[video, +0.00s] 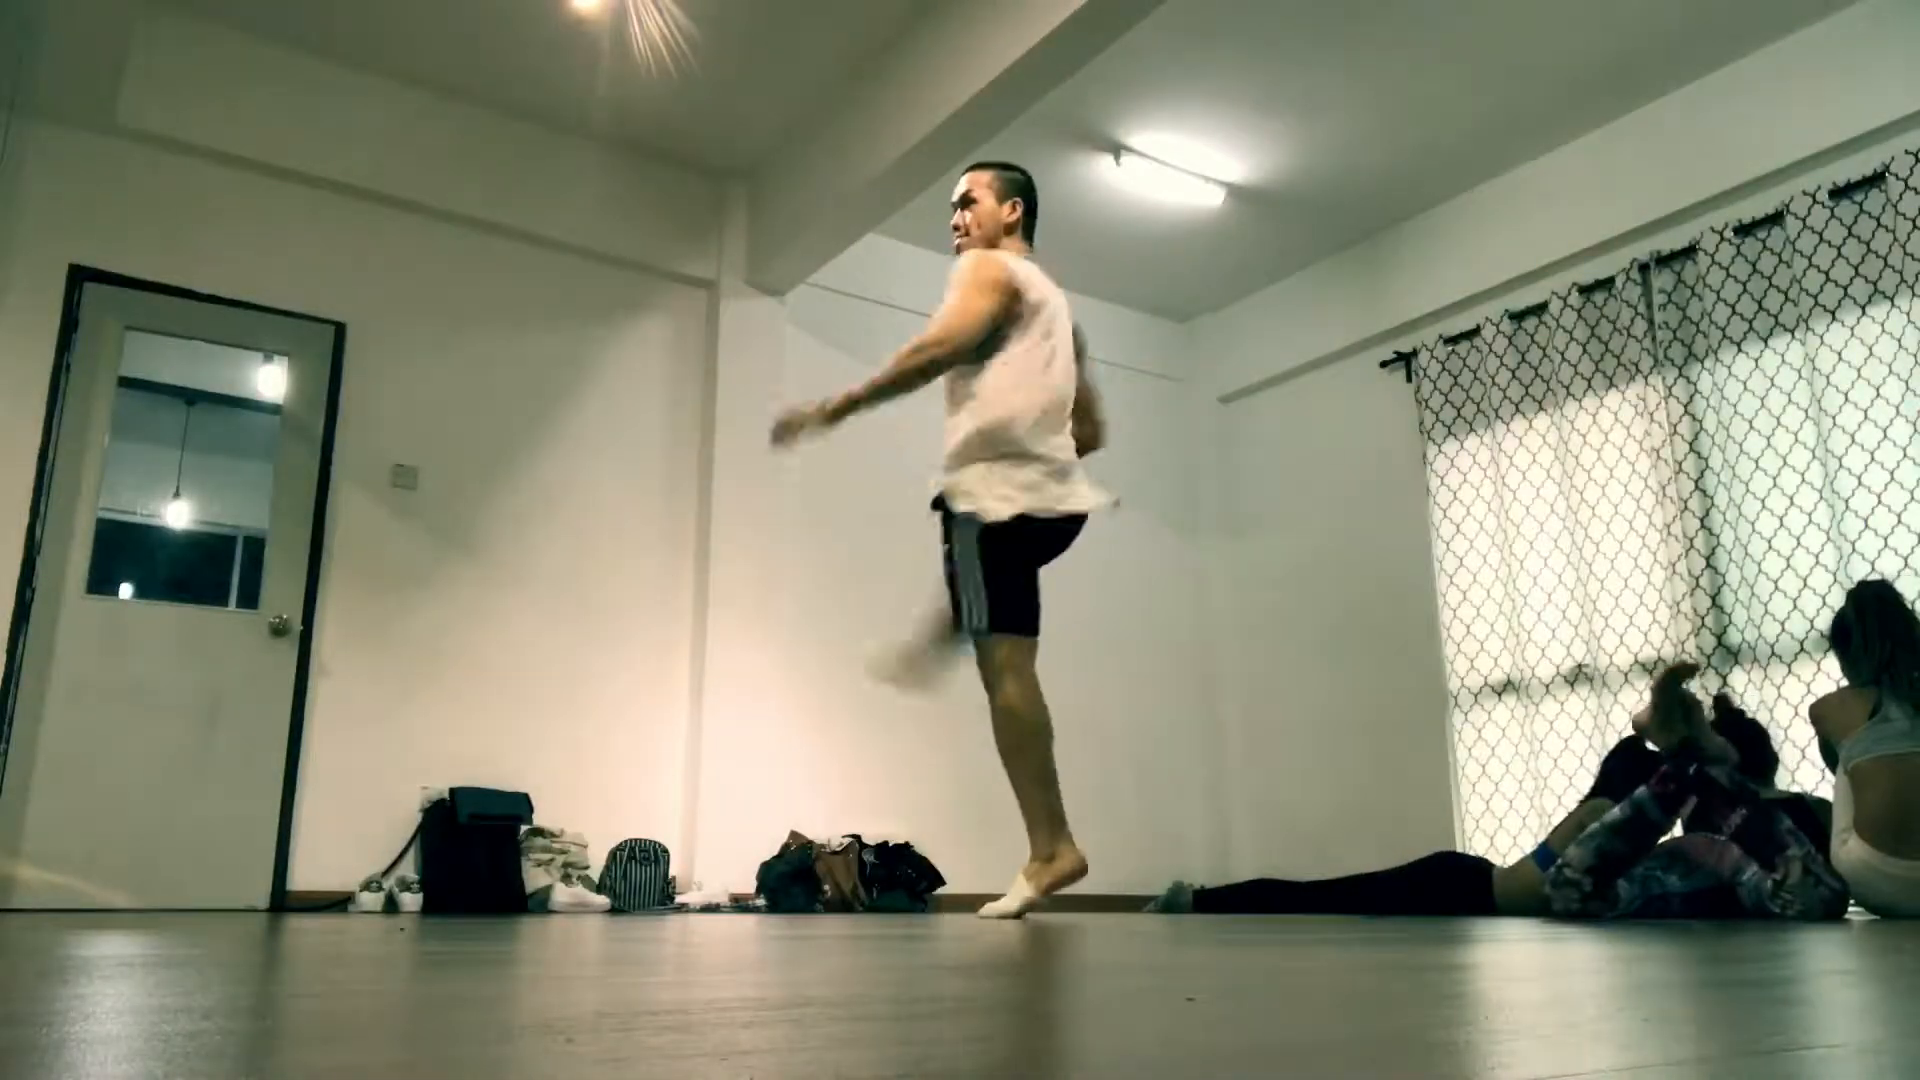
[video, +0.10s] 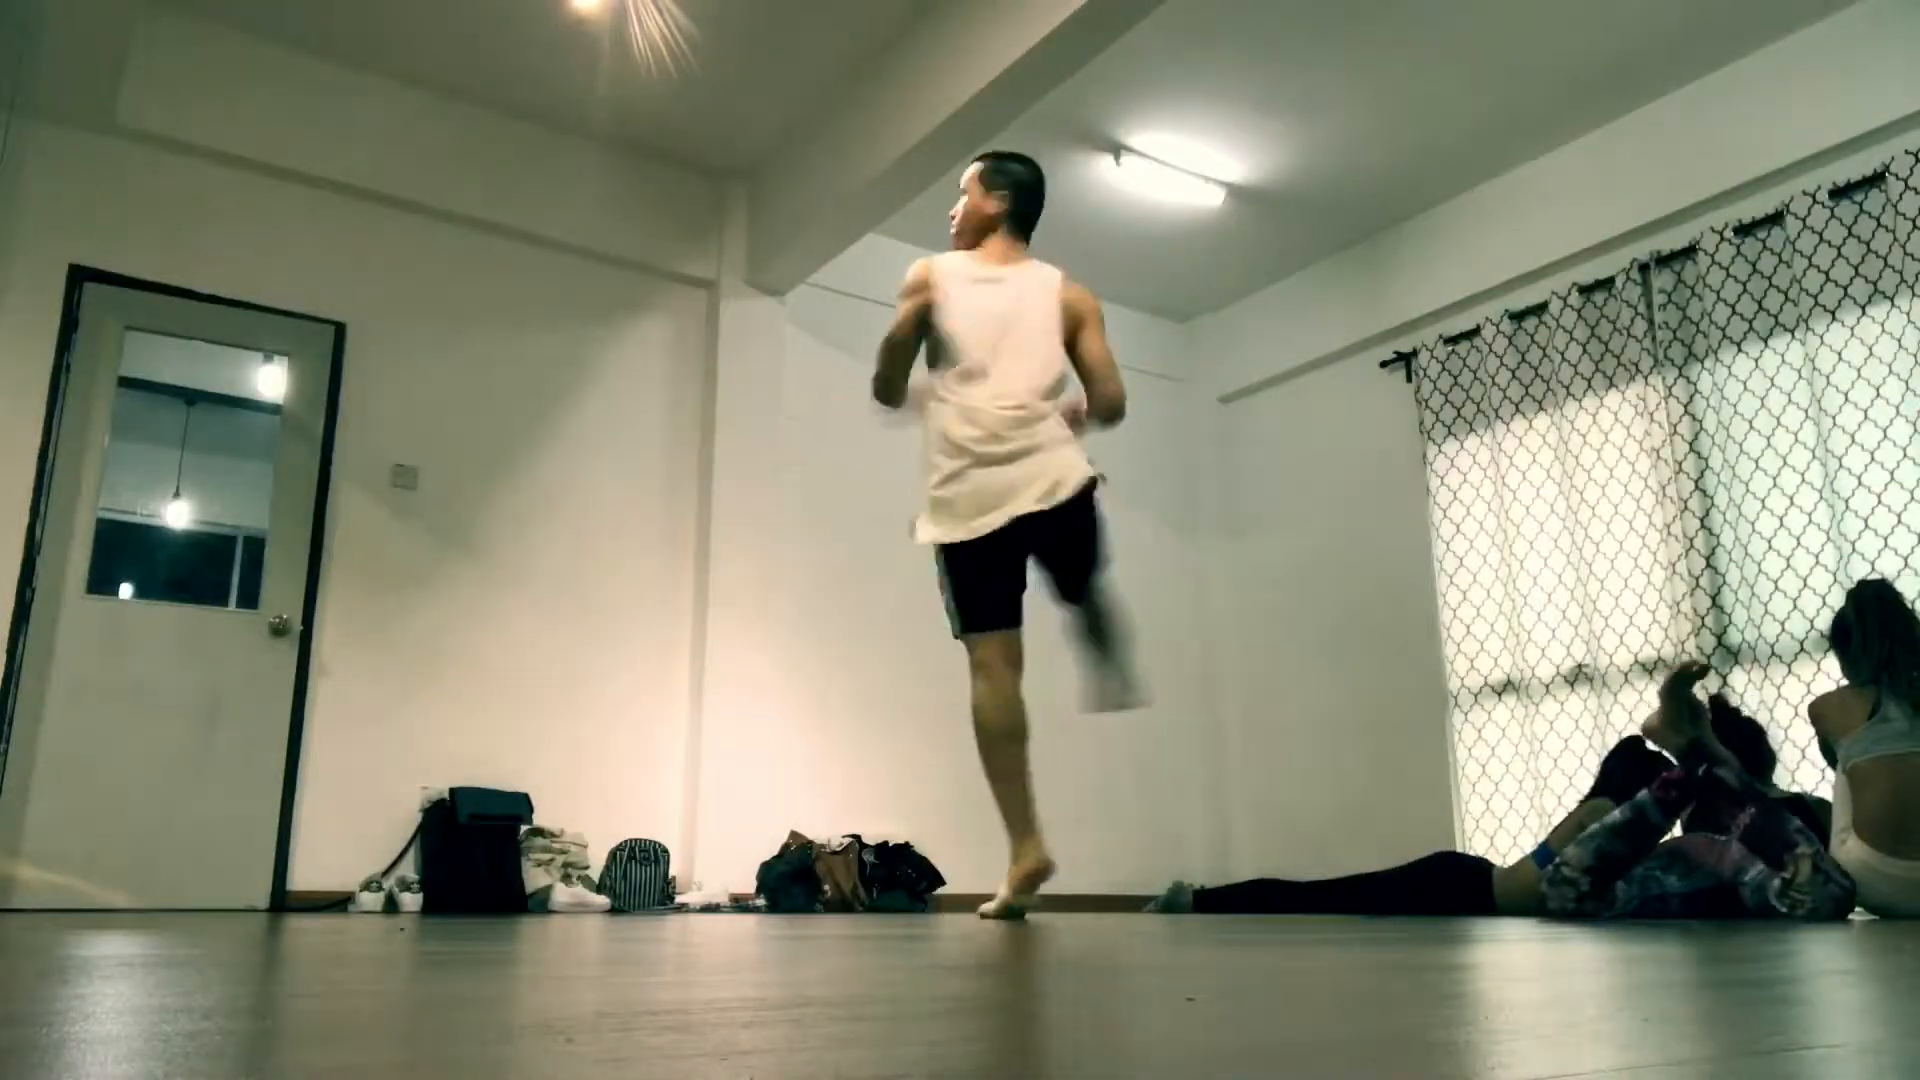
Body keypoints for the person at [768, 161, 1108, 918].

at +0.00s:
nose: (955, 217)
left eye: (969, 202)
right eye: (955, 206)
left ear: (1015, 212)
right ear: (1015, 220)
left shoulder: (988, 267)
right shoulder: (1052, 302)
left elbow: (940, 348)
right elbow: (1088, 430)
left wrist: (830, 410)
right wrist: (1001, 454)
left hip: (995, 503)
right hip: (1055, 504)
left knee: (1009, 675)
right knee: (979, 556)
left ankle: (1051, 850)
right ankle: (923, 657)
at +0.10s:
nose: (953, 206)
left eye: (965, 193)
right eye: (960, 191)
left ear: (996, 205)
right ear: (1023, 213)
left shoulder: (931, 276)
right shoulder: (1068, 293)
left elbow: (887, 388)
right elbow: (1109, 399)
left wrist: (908, 328)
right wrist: (1078, 412)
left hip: (968, 500)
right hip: (1055, 485)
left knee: (993, 670)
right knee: (1082, 590)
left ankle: (1026, 847)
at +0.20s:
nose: (1036, 200)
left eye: (1031, 187)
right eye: (1029, 189)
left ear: (963, 207)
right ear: (1014, 199)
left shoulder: (935, 285)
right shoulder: (1021, 265)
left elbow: (974, 367)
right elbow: (1073, 356)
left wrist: (1057, 352)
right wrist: (1112, 331)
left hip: (960, 493)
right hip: (1033, 463)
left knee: (989, 663)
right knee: (1157, 552)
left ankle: (991, 835)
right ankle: (1261, 647)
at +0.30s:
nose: (981, 208)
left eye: (991, 193)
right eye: (965, 202)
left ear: (1022, 204)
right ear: (957, 224)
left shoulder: (1046, 303)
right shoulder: (961, 283)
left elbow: (1071, 392)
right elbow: (985, 344)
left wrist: (1118, 372)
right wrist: (1115, 342)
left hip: (1018, 466)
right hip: (982, 459)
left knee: (1022, 662)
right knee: (1147, 510)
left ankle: (992, 850)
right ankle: (1325, 590)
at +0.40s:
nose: (971, 265)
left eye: (982, 248)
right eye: (964, 257)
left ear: (1028, 253)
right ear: (965, 272)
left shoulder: (1086, 336)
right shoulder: (965, 333)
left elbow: (1169, 385)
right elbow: (940, 375)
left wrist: (1237, 427)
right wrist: (923, 373)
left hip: (1052, 512)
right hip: (976, 503)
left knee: (1053, 697)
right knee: (1072, 500)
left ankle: (1019, 875)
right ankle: (1181, 500)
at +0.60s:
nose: (986, 229)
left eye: (1000, 214)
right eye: (982, 221)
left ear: (1048, 223)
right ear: (995, 240)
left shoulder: (1109, 276)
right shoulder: (994, 338)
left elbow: (1232, 256)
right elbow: (909, 394)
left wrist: (1344, 237)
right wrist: (825, 420)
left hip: (1104, 513)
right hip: (1021, 489)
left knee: (1066, 692)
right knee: (887, 486)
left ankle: (1027, 873)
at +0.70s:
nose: (989, 201)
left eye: (1001, 185)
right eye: (985, 192)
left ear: (1048, 188)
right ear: (999, 209)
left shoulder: (1088, 236)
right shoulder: (1020, 300)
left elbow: (1175, 232)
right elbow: (1018, 401)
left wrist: (1235, 191)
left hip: (1103, 469)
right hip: (1034, 462)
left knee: (1077, 654)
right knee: (907, 508)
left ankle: (1085, 850)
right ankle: (741, 554)